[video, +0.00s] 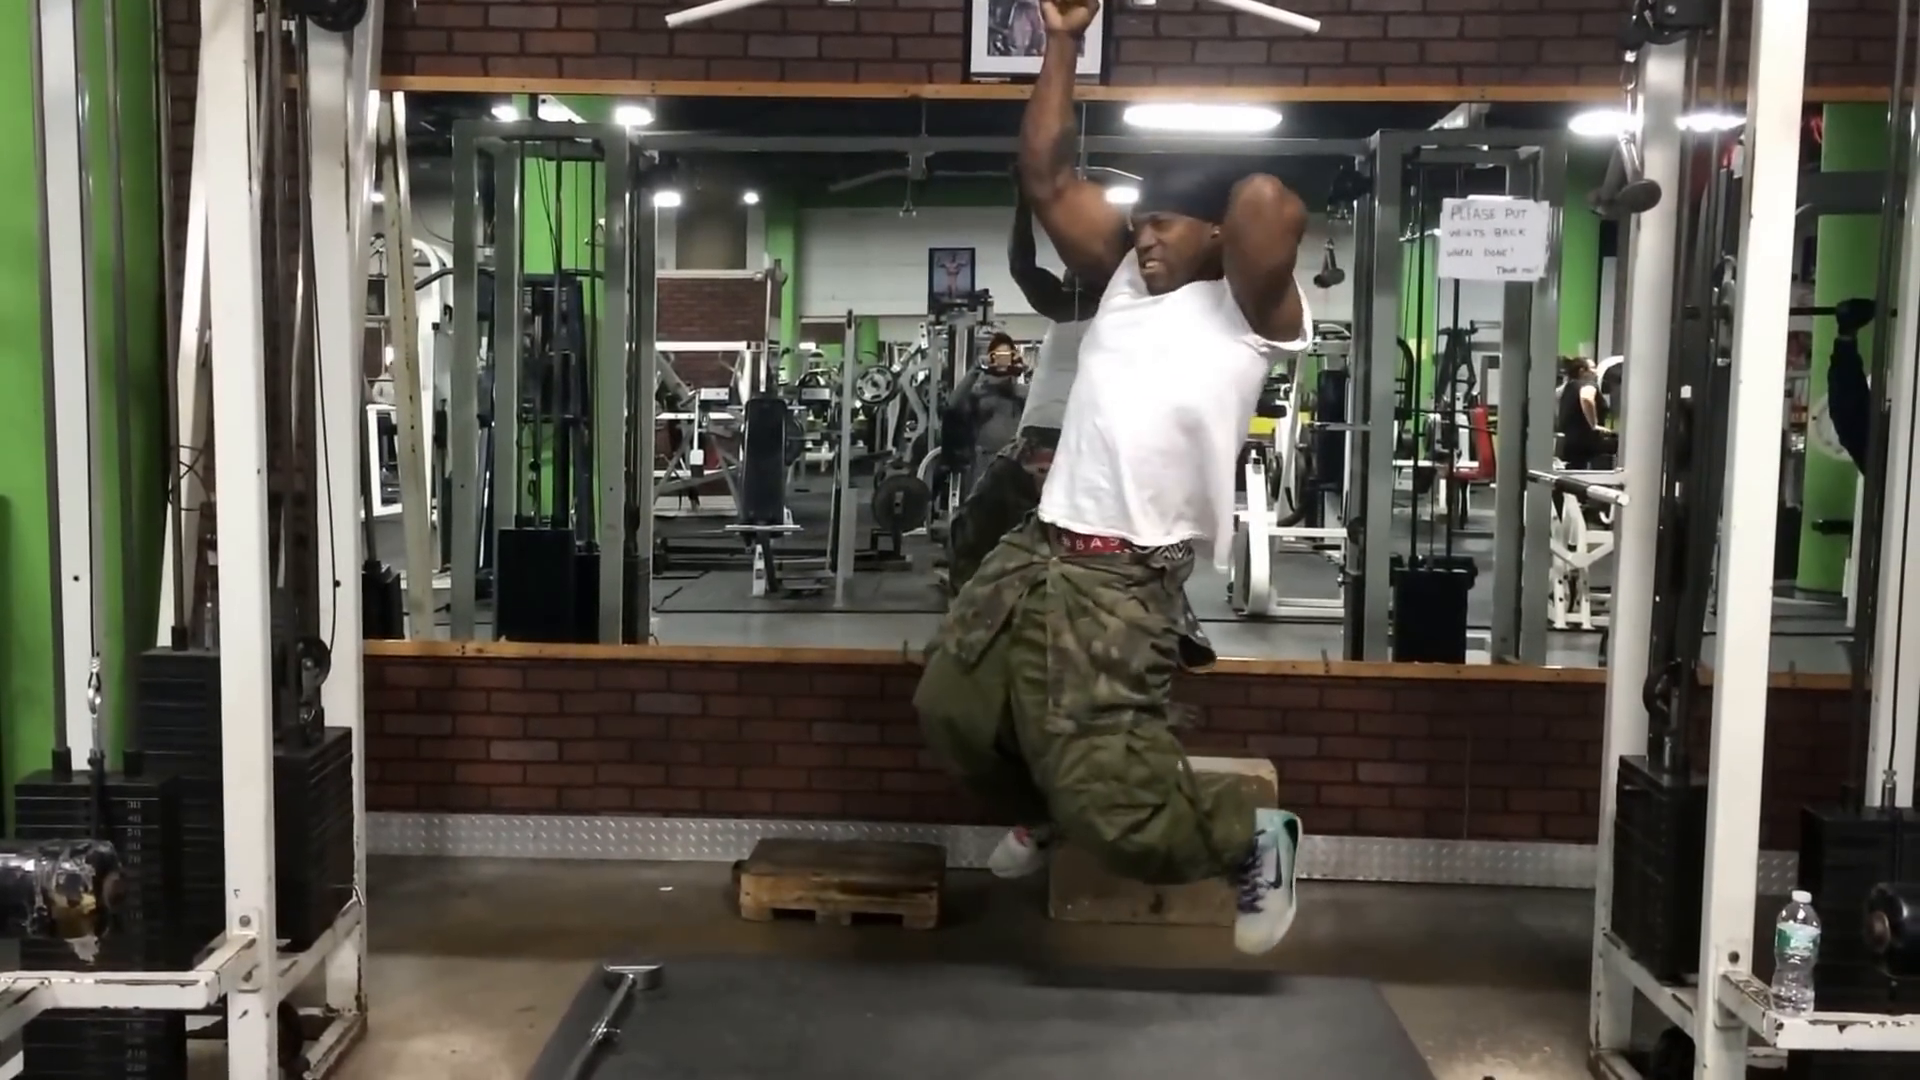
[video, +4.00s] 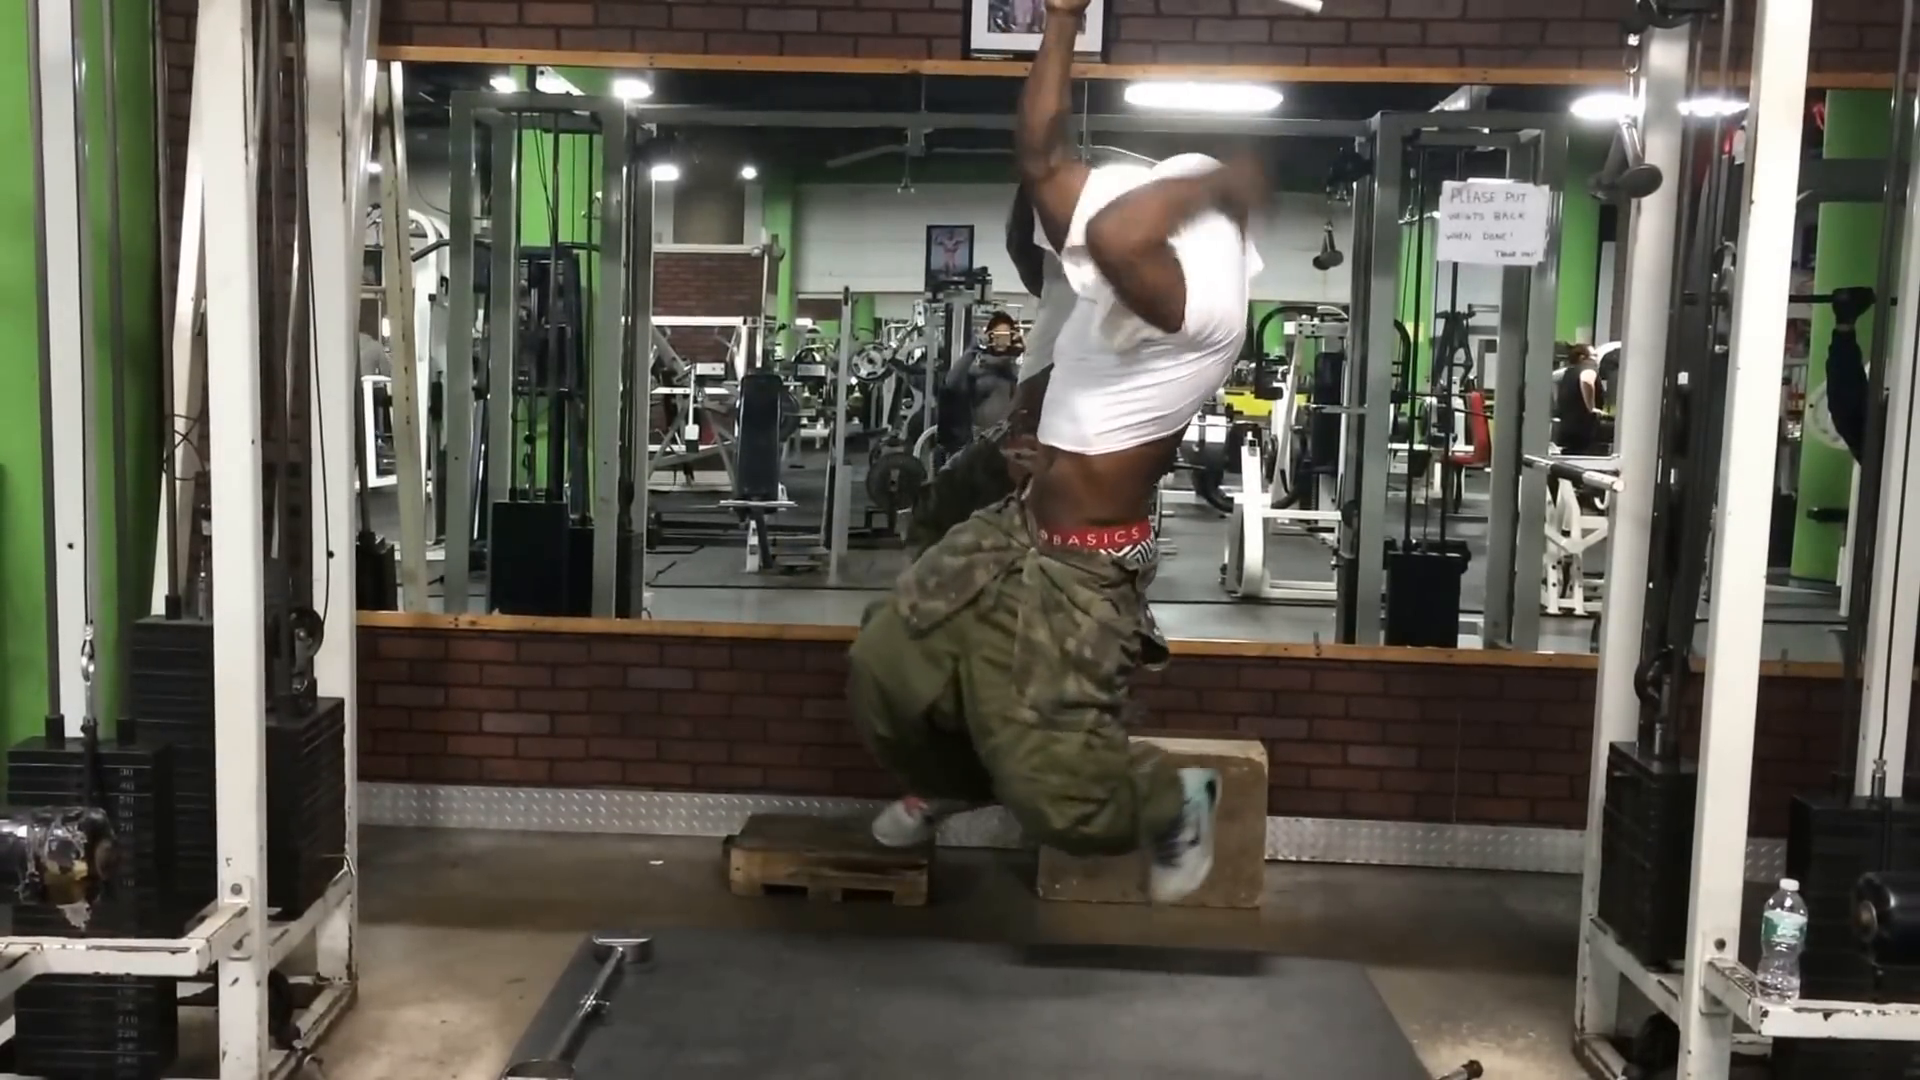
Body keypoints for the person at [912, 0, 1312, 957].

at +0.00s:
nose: (1144, 237)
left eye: (1162, 224)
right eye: (1142, 224)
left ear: (1215, 233)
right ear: (1142, 233)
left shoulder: (1248, 313)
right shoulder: (1117, 278)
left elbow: (1265, 198)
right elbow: (1045, 173)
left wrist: (1234, 254)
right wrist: (1061, 39)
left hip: (1125, 588)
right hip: (1035, 559)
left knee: (1103, 812)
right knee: (952, 707)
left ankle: (1254, 831)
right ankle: (1033, 820)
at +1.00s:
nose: (1083, 216)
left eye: (1101, 205)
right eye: (1090, 203)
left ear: (1139, 239)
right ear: (1111, 231)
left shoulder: (1151, 344)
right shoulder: (1073, 282)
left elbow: (1072, 360)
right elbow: (1028, 160)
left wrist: (1138, 251)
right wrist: (1060, 30)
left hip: (955, 583)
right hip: (901, 534)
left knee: (825, 768)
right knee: (778, 666)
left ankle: (966, 899)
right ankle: (855, 840)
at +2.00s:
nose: (1200, 165)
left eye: (1217, 159)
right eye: (1196, 158)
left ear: (1250, 188)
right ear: (1175, 161)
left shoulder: (1248, 258)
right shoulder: (1137, 238)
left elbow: (1254, 206)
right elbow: (1051, 160)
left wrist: (1188, 128)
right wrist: (1063, 27)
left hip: (1121, 548)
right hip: (1038, 519)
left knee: (1086, 784)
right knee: (944, 677)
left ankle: (1207, 811)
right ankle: (1020, 791)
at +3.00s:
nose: (1101, 180)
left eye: (1137, 172)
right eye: (1110, 166)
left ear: (1155, 205)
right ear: (1121, 208)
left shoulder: (1151, 290)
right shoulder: (1078, 270)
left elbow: (1149, 154)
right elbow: (1032, 150)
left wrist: (1209, 104)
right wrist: (1056, 24)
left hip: (969, 545)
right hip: (933, 525)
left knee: (794, 715)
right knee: (816, 675)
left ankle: (922, 897)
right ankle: (905, 856)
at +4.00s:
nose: (1068, 235)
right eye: (1066, 223)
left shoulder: (1207, 301)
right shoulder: (1114, 247)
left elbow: (1121, 234)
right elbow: (1042, 154)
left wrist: (1214, 183)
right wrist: (1061, 26)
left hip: (1089, 571)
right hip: (1015, 529)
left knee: (1049, 786)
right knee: (887, 664)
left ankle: (1179, 803)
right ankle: (954, 788)